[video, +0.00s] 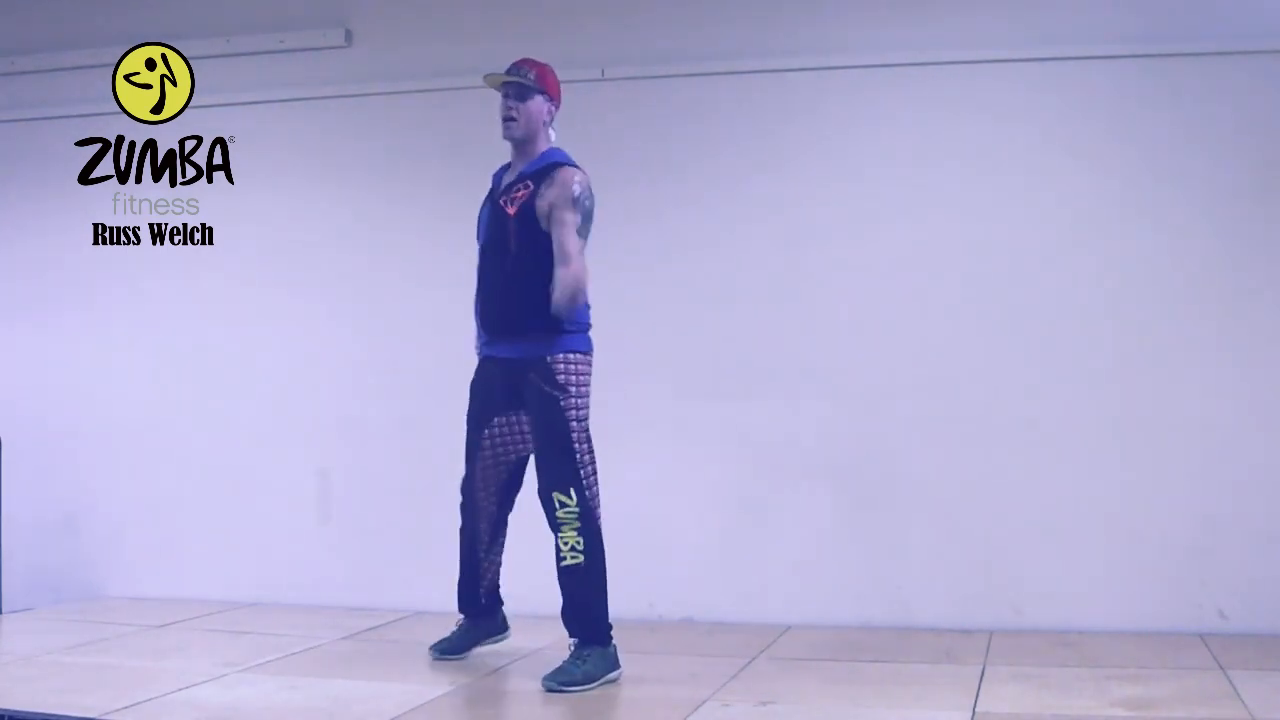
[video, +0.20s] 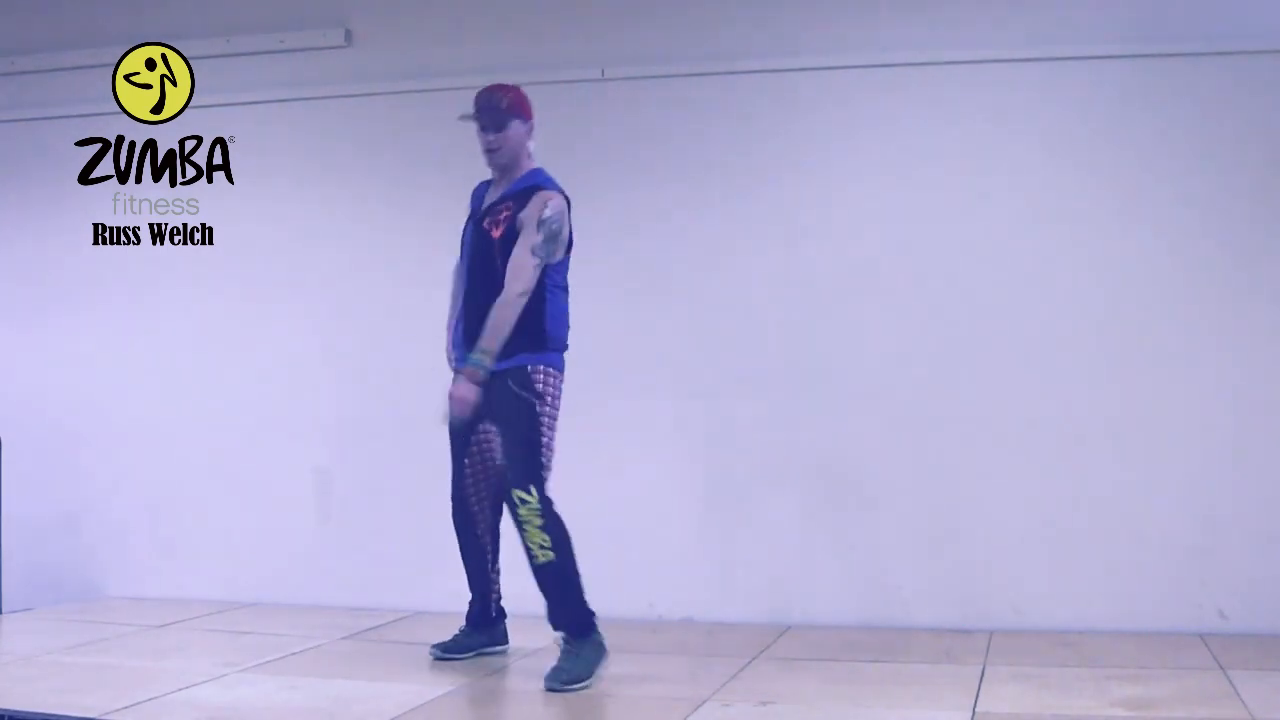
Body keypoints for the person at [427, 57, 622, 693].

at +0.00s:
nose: (508, 107)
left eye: (520, 98)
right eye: (504, 98)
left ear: (550, 108)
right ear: (501, 109)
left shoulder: (563, 179)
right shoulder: (501, 182)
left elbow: (571, 266)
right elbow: (498, 268)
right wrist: (493, 343)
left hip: (554, 360)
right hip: (500, 361)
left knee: (569, 500)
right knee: (482, 495)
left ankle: (594, 644)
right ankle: (482, 615)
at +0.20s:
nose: (488, 138)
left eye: (498, 127)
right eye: (481, 129)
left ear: (527, 129)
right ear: (476, 135)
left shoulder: (546, 202)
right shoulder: (482, 199)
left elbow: (517, 291)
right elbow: (463, 281)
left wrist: (475, 368)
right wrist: (455, 349)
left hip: (526, 370)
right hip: (476, 367)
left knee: (526, 499)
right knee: (472, 498)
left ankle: (581, 636)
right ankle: (485, 622)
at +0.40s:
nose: (455, 152)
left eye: (466, 141)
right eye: (448, 142)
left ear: (492, 144)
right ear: (441, 147)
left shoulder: (519, 208)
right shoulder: (456, 206)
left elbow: (519, 303)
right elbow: (469, 280)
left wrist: (434, 291)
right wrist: (456, 333)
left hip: (523, 366)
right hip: (472, 369)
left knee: (479, 469)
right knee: (461, 482)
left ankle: (531, 589)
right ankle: (484, 618)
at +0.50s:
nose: (451, 143)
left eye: (462, 132)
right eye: (444, 133)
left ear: (488, 134)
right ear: (437, 139)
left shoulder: (514, 200)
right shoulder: (456, 198)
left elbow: (521, 294)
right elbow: (472, 277)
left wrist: (439, 278)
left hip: (518, 362)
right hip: (472, 362)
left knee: (483, 482)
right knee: (469, 486)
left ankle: (525, 599)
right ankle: (483, 616)